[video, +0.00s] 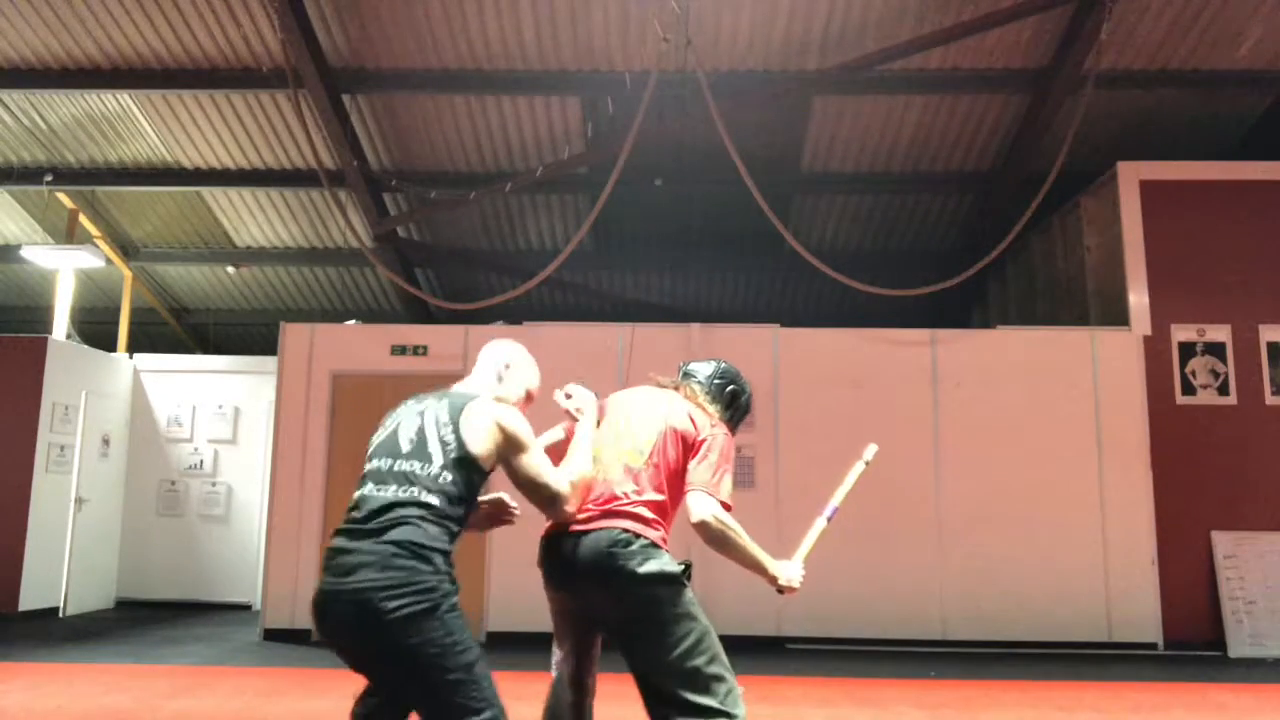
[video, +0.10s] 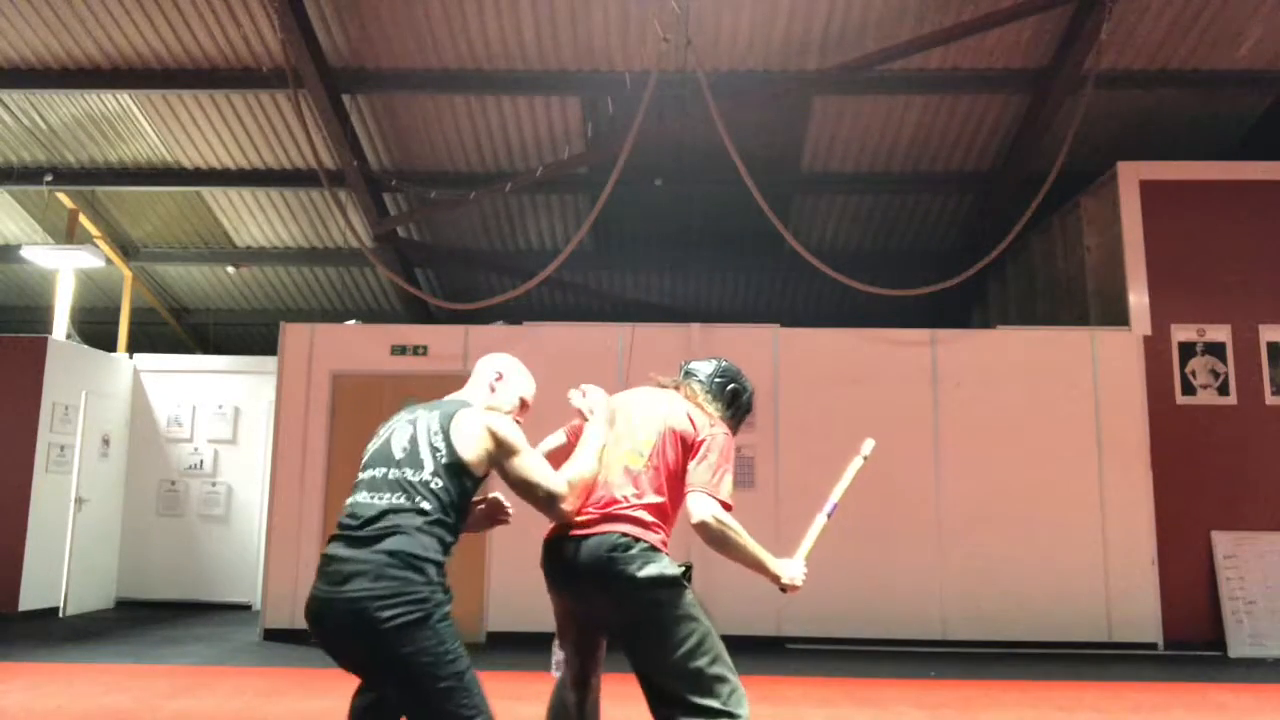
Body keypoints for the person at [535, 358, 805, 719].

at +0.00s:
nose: (728, 427)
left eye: (733, 422)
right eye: (731, 420)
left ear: (684, 383)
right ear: (724, 404)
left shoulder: (612, 402)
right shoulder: (709, 428)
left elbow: (537, 451)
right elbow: (704, 515)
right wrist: (773, 569)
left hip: (561, 549)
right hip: (627, 550)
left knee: (570, 678)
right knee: (713, 698)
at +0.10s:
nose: (730, 429)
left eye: (735, 423)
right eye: (733, 421)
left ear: (686, 385)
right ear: (725, 403)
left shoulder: (615, 403)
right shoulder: (709, 427)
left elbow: (540, 456)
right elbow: (705, 515)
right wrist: (776, 568)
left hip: (562, 552)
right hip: (627, 554)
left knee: (575, 680)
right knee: (719, 701)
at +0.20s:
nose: (731, 430)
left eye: (736, 424)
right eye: (734, 422)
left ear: (685, 385)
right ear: (726, 404)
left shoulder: (618, 403)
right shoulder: (709, 427)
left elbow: (547, 455)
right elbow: (704, 515)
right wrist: (776, 568)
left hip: (563, 554)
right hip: (628, 557)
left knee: (579, 680)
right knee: (721, 701)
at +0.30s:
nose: (731, 431)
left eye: (736, 425)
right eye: (733, 423)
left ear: (685, 384)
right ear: (724, 402)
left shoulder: (619, 406)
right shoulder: (709, 424)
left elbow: (552, 462)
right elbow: (703, 511)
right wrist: (775, 563)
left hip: (565, 557)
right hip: (629, 558)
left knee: (582, 688)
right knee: (724, 701)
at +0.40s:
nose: (731, 429)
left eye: (735, 423)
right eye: (733, 420)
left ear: (685, 384)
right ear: (724, 401)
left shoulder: (621, 407)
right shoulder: (709, 422)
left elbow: (555, 465)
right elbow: (702, 507)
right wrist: (775, 559)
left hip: (567, 558)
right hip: (631, 558)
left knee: (584, 688)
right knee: (725, 700)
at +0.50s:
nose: (731, 429)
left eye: (736, 422)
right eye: (733, 420)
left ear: (685, 382)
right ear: (724, 398)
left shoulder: (621, 408)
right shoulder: (709, 418)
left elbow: (560, 471)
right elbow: (701, 500)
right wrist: (775, 550)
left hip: (571, 558)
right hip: (634, 559)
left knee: (590, 686)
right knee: (729, 700)